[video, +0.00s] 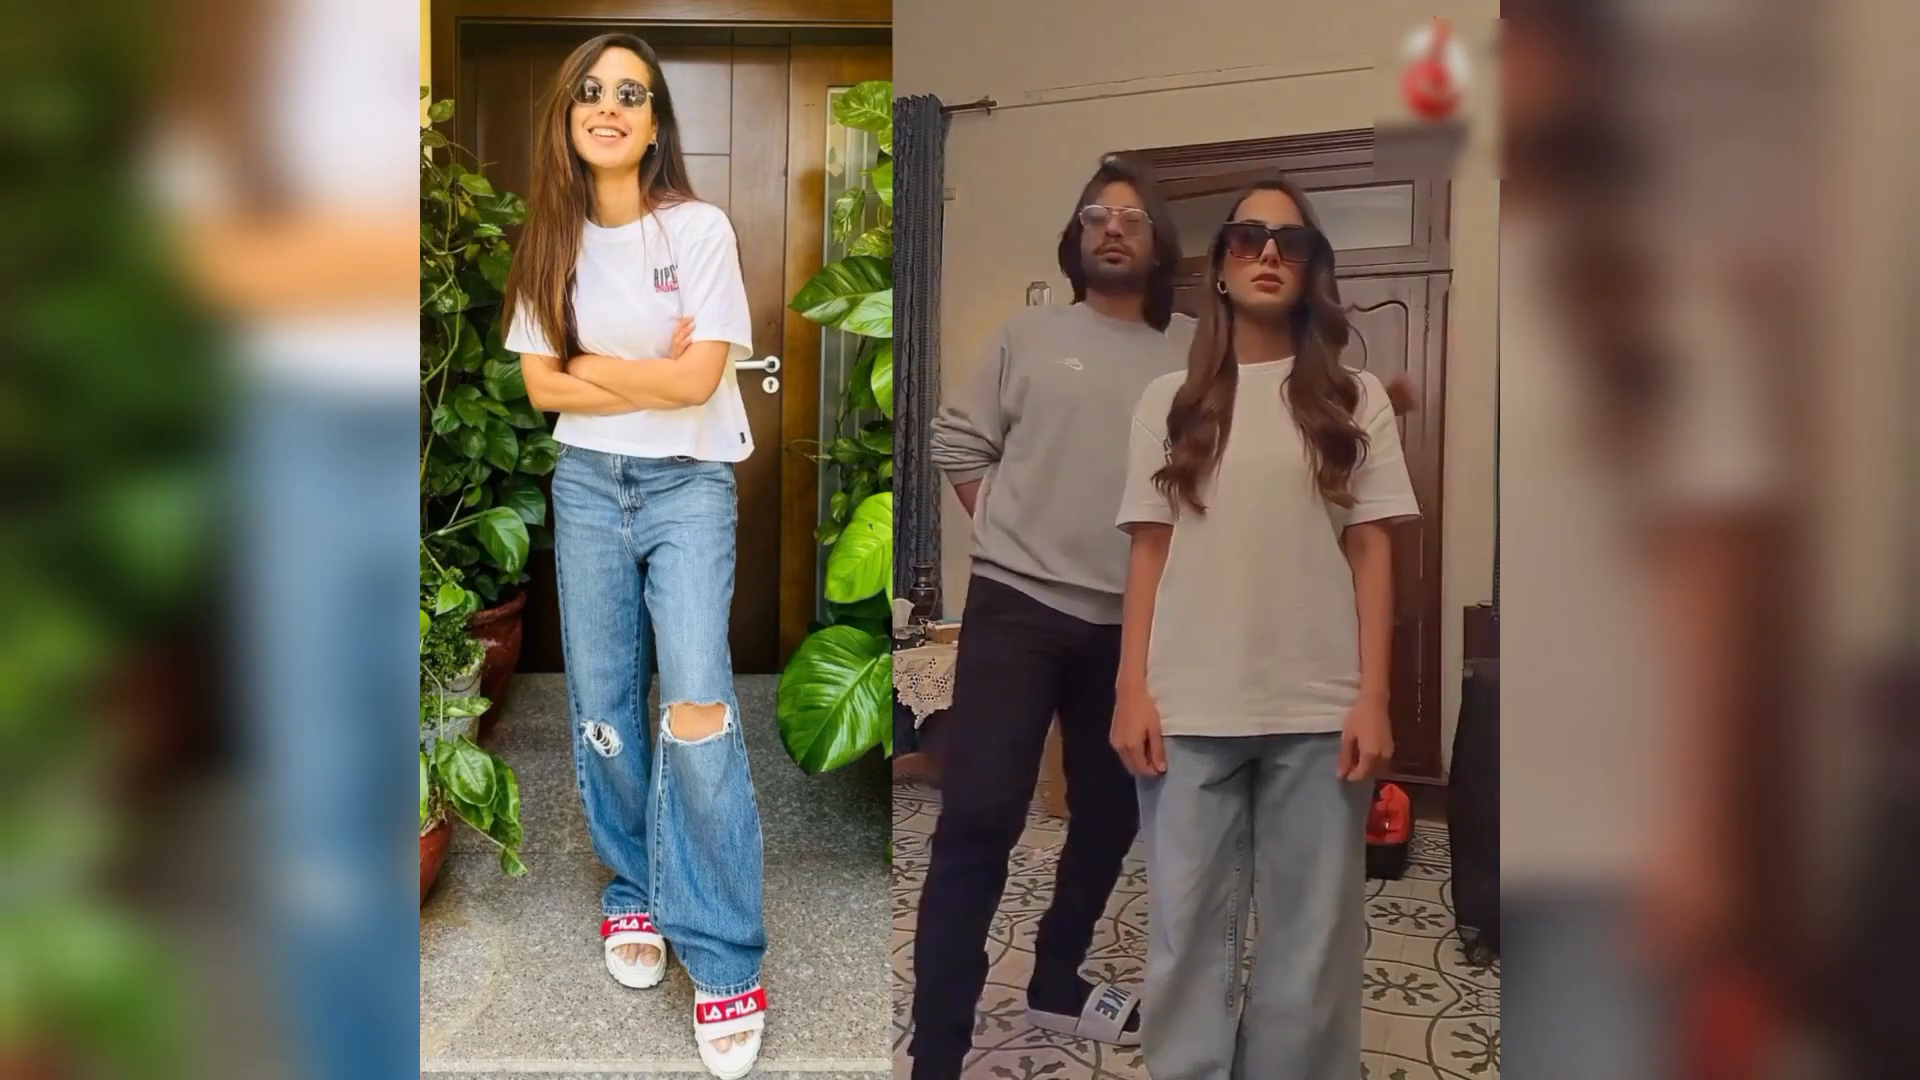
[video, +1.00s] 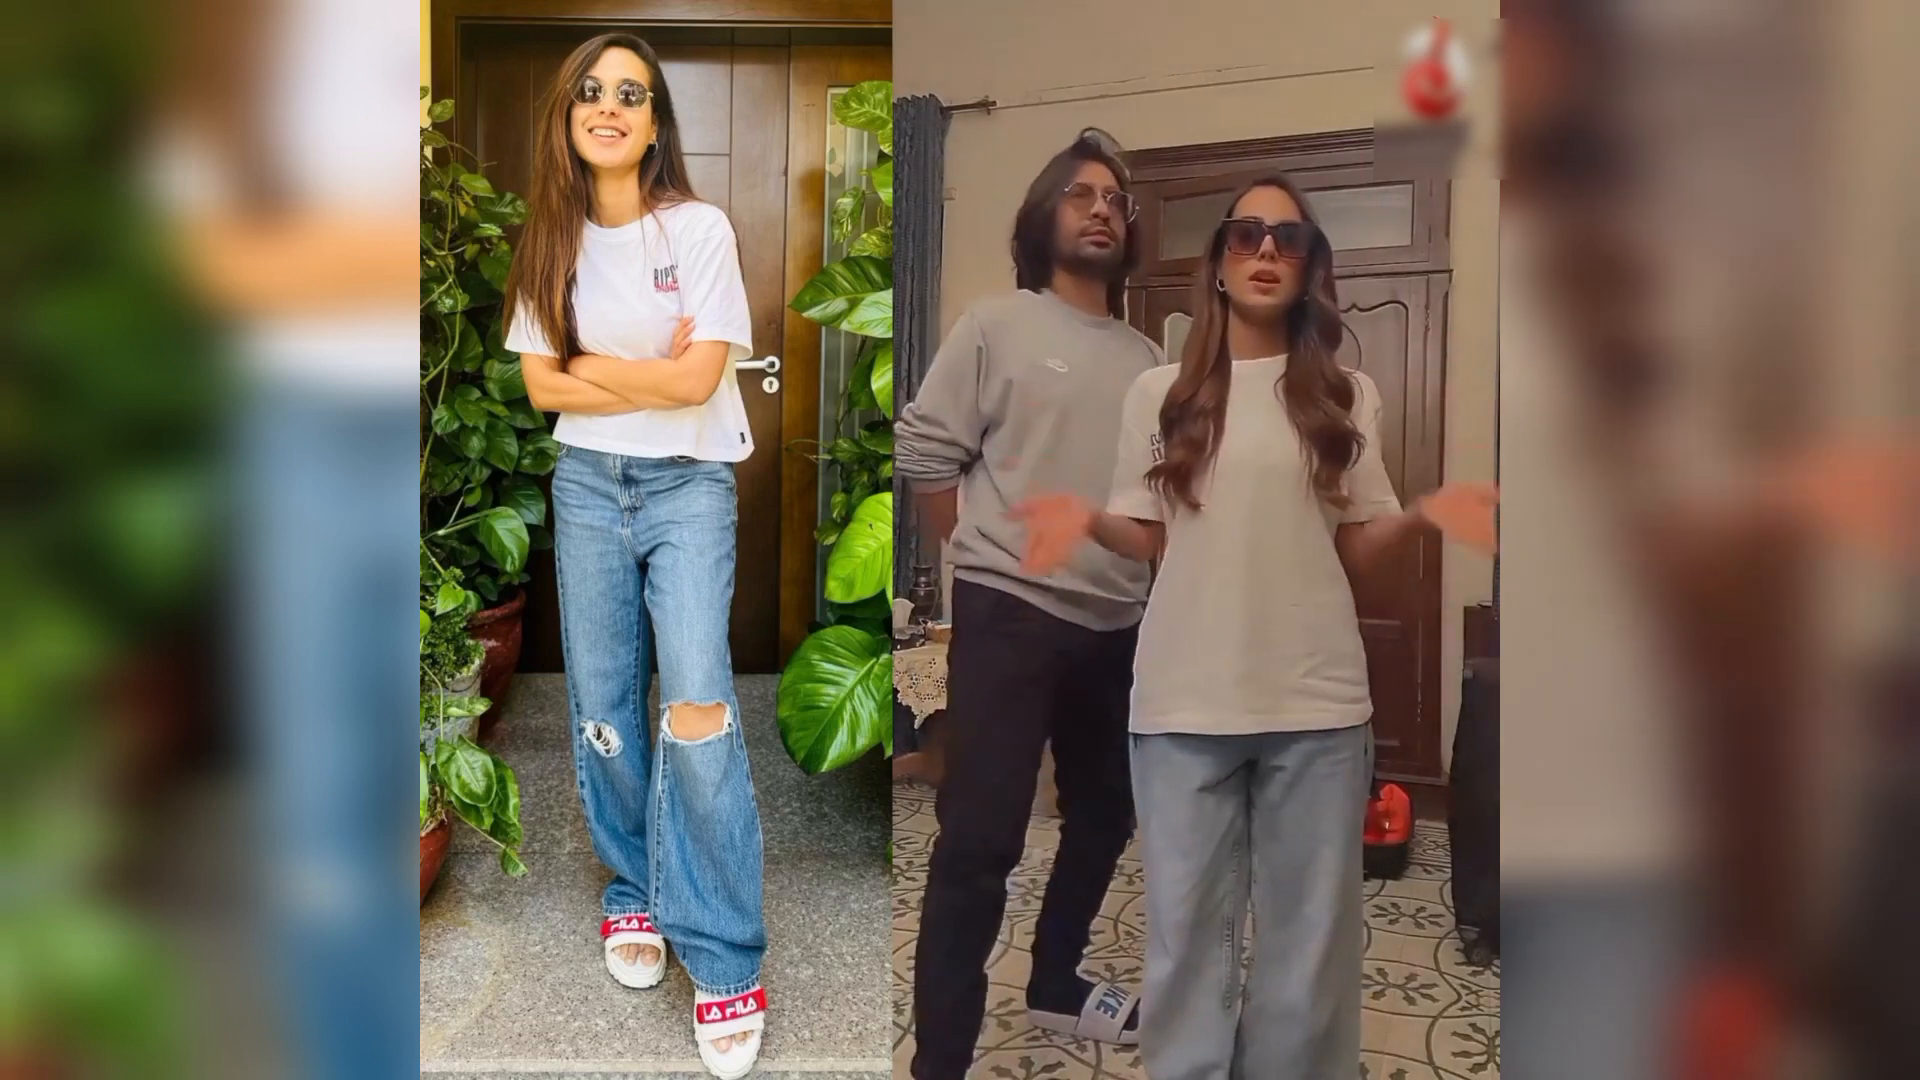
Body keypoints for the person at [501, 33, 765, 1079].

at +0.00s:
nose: (610, 111)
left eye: (629, 98)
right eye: (593, 95)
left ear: (656, 121)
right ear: (566, 117)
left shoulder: (699, 225)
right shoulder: (549, 240)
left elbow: (698, 378)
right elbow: (541, 385)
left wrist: (577, 362)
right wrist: (661, 379)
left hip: (689, 482)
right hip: (584, 484)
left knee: (694, 709)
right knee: (603, 708)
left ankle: (724, 957)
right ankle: (631, 891)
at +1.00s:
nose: (610, 111)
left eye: (629, 97)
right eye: (593, 95)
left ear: (656, 122)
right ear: (566, 117)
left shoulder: (699, 226)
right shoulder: (549, 239)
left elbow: (698, 378)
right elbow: (540, 385)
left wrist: (576, 362)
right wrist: (662, 378)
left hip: (689, 481)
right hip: (584, 483)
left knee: (695, 709)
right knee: (602, 708)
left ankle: (724, 955)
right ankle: (631, 890)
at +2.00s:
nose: (610, 111)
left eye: (629, 98)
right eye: (593, 95)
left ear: (656, 122)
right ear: (566, 117)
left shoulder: (699, 226)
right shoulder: (550, 239)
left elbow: (698, 378)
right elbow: (540, 385)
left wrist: (576, 362)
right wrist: (662, 378)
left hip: (689, 482)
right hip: (584, 484)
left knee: (695, 709)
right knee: (602, 708)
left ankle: (724, 955)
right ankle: (631, 890)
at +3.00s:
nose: (609, 111)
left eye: (629, 98)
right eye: (592, 95)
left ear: (656, 122)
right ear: (565, 117)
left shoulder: (699, 226)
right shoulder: (550, 239)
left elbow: (699, 378)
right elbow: (540, 385)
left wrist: (578, 363)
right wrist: (662, 377)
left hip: (689, 482)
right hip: (584, 484)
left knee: (694, 709)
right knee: (602, 706)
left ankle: (724, 956)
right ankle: (632, 891)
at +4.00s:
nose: (610, 111)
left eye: (630, 97)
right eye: (593, 95)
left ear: (656, 120)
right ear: (566, 117)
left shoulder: (699, 226)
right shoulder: (549, 240)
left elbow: (698, 378)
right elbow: (540, 385)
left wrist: (576, 362)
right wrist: (662, 378)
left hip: (689, 482)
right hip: (584, 484)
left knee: (695, 708)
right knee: (603, 709)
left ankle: (724, 954)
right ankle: (631, 890)